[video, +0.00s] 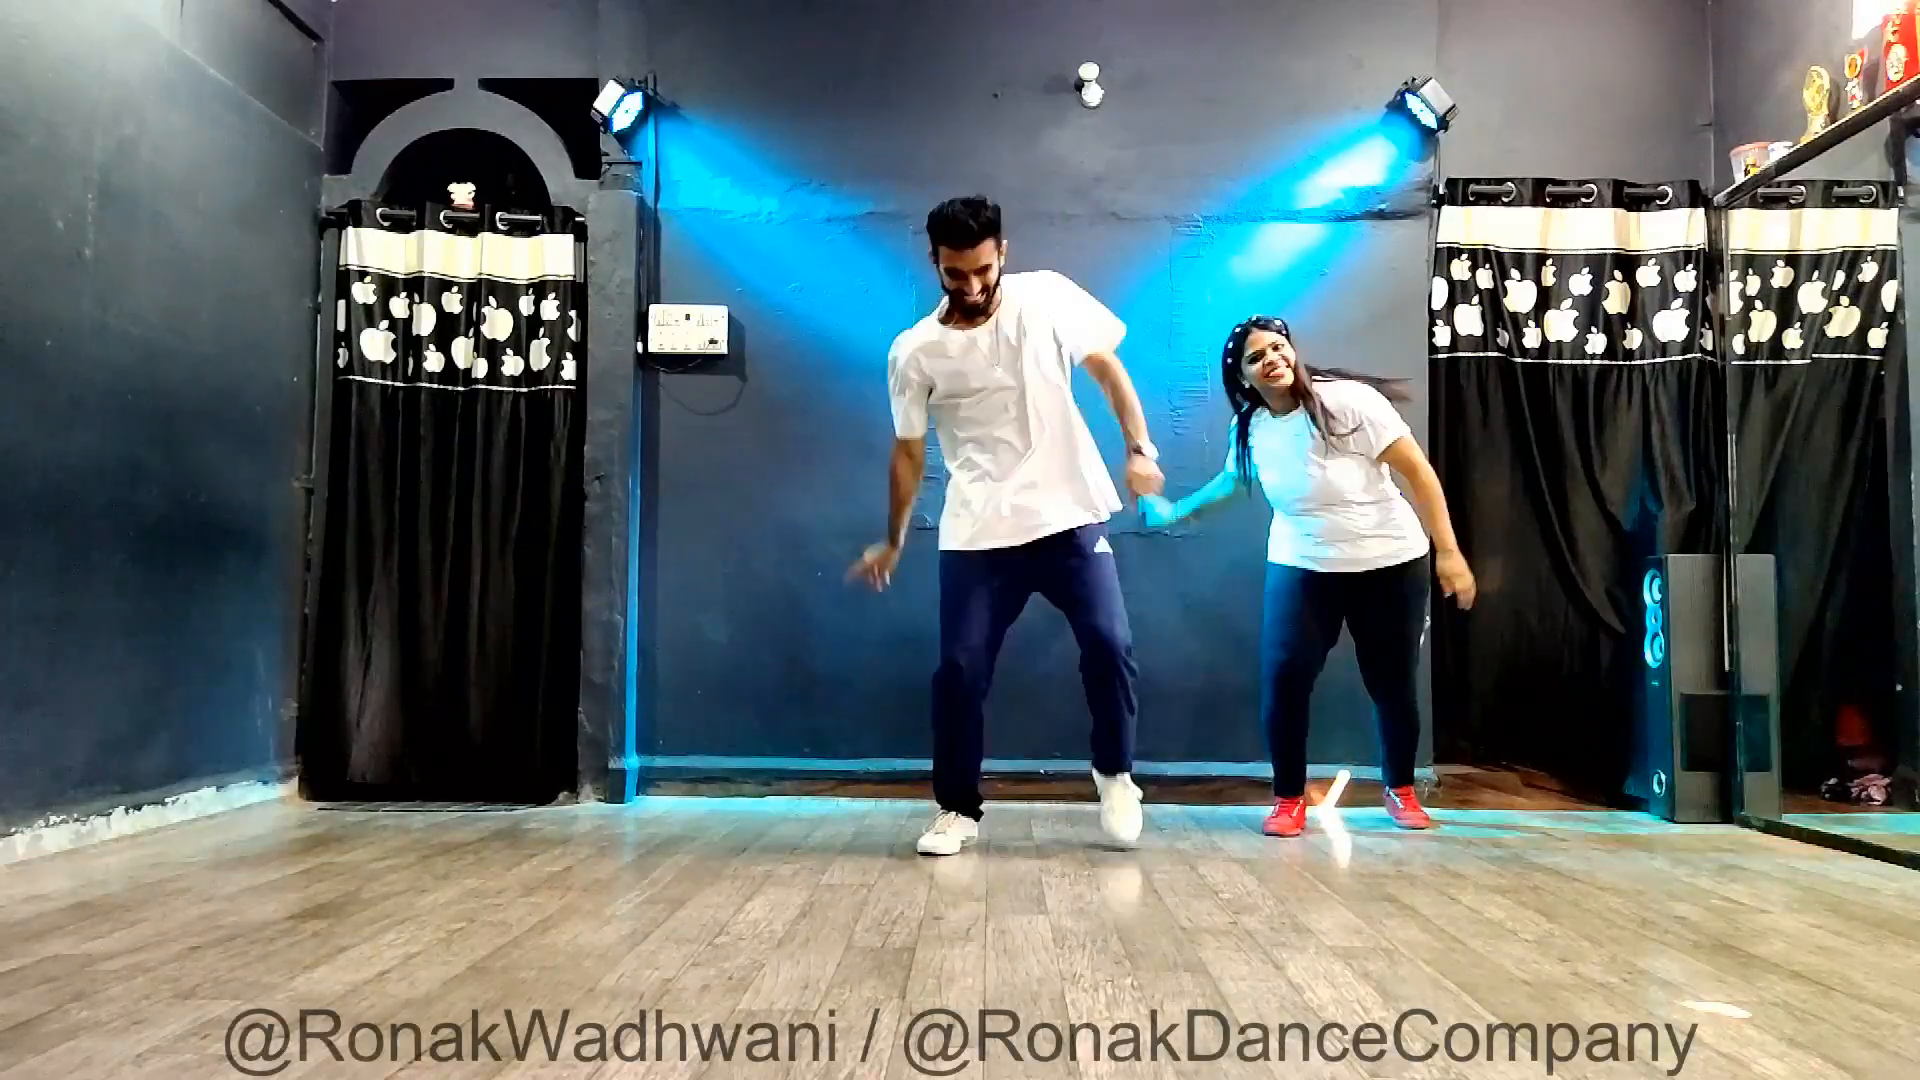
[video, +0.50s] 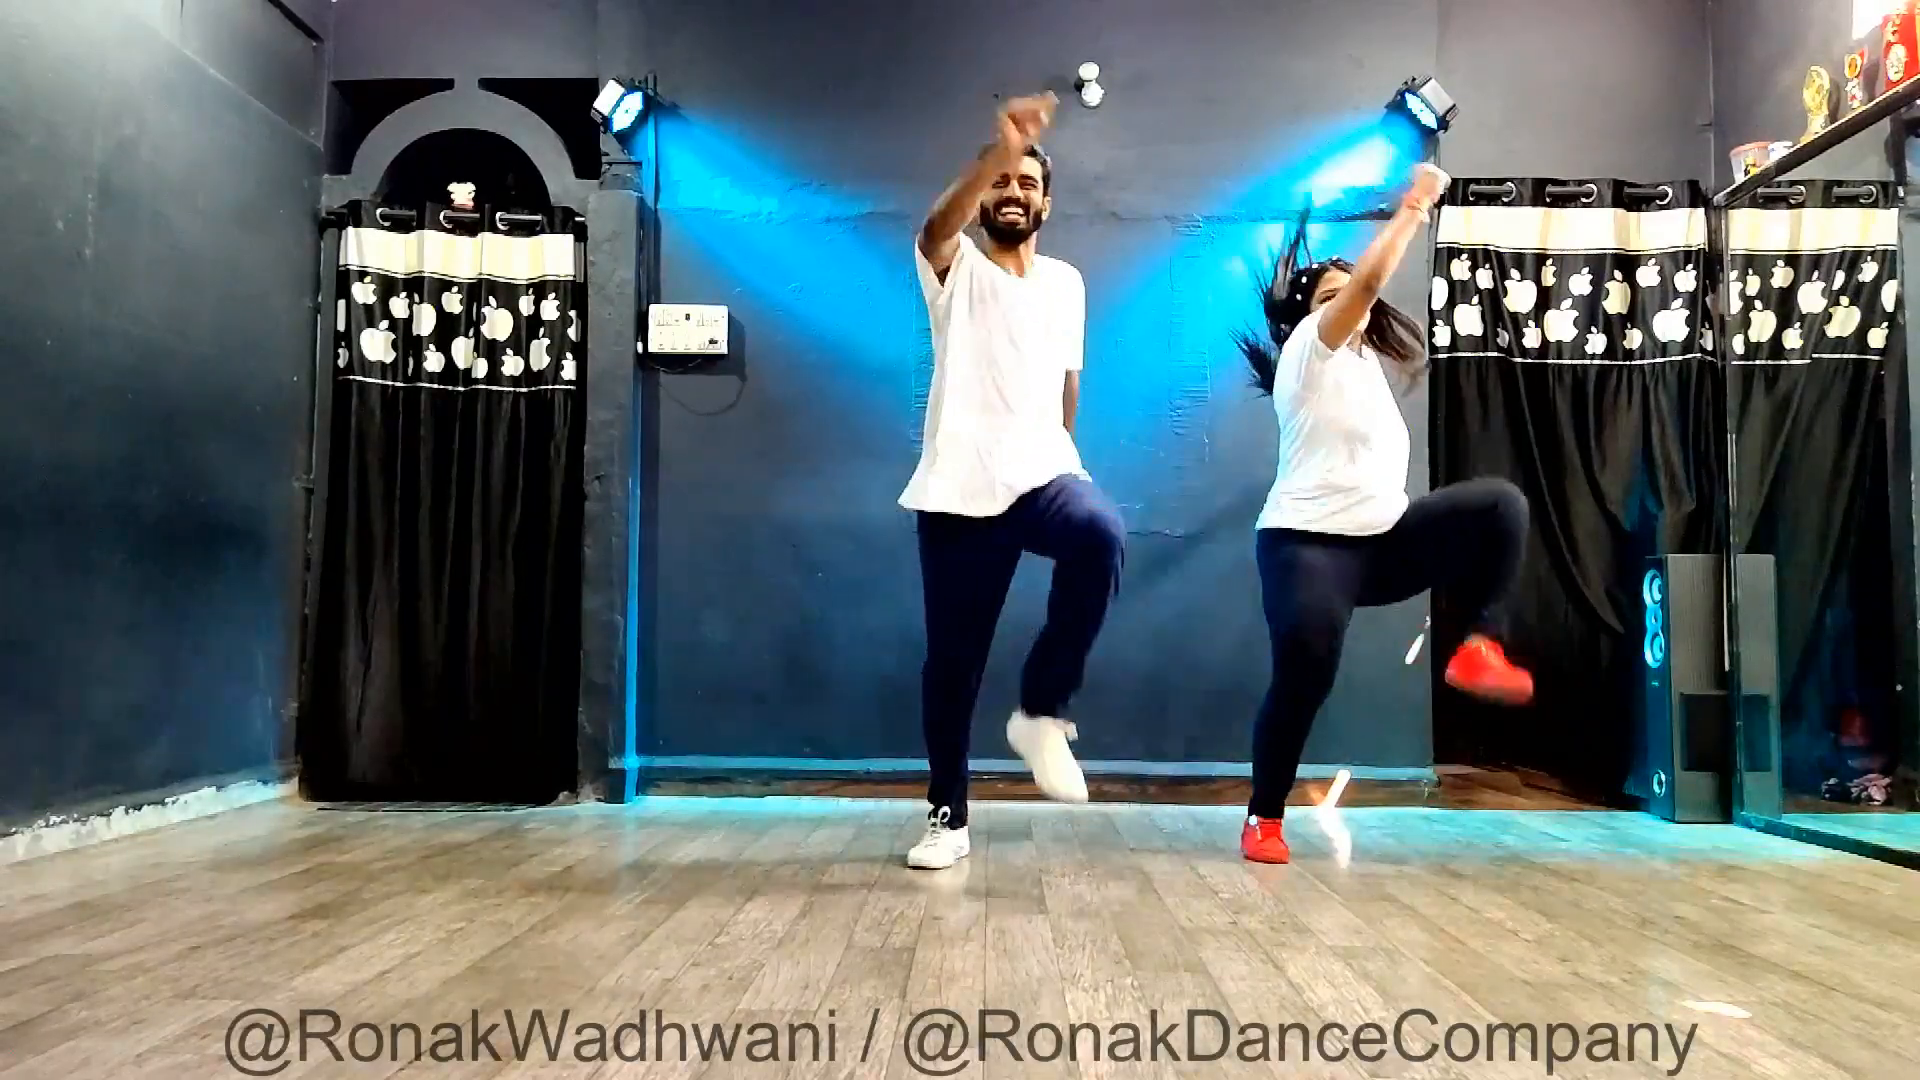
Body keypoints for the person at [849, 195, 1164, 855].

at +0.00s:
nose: (972, 287)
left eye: (983, 270)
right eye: (956, 274)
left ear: (1002, 253)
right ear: (935, 263)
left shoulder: (1044, 297)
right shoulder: (914, 352)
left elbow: (1109, 369)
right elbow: (908, 452)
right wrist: (893, 542)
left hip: (1068, 514)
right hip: (977, 530)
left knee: (1111, 643)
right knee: (959, 669)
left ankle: (1115, 775)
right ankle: (957, 812)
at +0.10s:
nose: (963, 279)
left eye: (975, 265)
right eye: (949, 265)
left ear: (995, 255)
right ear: (929, 258)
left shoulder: (1036, 308)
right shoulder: (908, 344)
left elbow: (1086, 395)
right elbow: (913, 430)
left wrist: (1129, 483)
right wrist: (915, 503)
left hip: (1053, 495)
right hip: (967, 519)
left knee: (1094, 558)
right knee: (955, 674)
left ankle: (1092, 701)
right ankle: (959, 812)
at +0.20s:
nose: (970, 227)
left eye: (983, 214)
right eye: (957, 214)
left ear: (1002, 214)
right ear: (935, 216)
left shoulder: (1040, 278)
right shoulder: (912, 289)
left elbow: (1072, 374)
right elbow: (916, 349)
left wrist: (1092, 455)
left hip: (1042, 462)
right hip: (966, 486)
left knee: (1089, 483)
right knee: (968, 658)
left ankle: (1068, 643)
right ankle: (961, 804)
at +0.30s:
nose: (989, 170)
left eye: (1003, 159)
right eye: (976, 158)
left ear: (1022, 173)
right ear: (956, 170)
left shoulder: (1047, 249)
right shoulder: (926, 249)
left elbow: (1058, 346)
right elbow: (934, 274)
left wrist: (1074, 428)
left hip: (1037, 440)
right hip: (961, 454)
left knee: (1092, 433)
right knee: (953, 630)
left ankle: (1038, 583)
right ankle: (966, 776)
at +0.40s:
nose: (998, 169)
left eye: (1010, 159)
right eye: (986, 158)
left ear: (1030, 173)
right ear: (966, 170)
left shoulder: (1054, 261)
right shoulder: (936, 252)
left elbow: (1053, 353)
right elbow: (940, 253)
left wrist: (1043, 420)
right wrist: (963, 188)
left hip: (1039, 441)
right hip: (960, 458)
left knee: (1095, 455)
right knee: (957, 639)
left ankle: (1029, 595)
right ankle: (950, 806)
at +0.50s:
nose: (1016, 193)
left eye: (1030, 184)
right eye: (1003, 184)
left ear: (1045, 205)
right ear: (982, 200)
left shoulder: (1065, 283)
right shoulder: (953, 269)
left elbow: (1068, 389)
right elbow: (942, 225)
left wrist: (1059, 467)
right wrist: (1002, 151)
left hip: (1042, 477)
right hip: (959, 488)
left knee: (1098, 531)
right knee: (953, 664)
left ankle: (1041, 713)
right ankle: (947, 819)